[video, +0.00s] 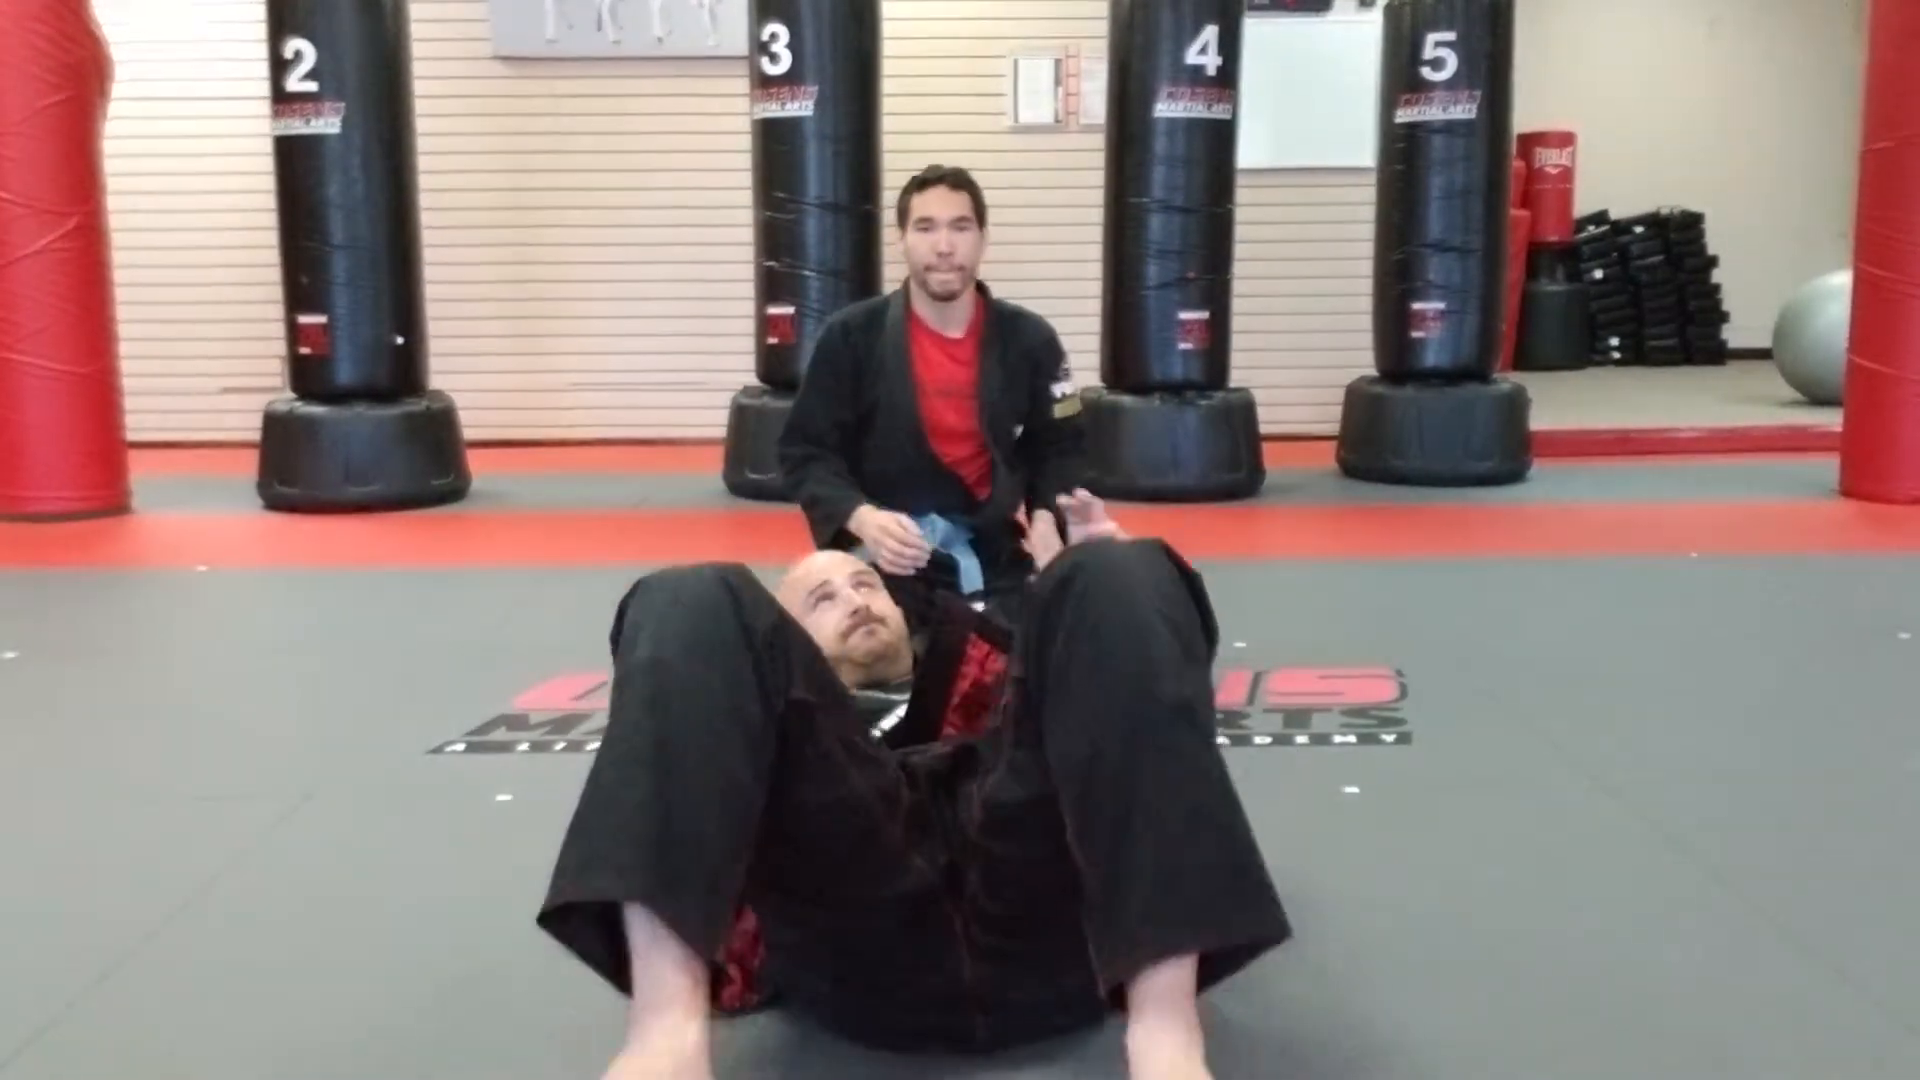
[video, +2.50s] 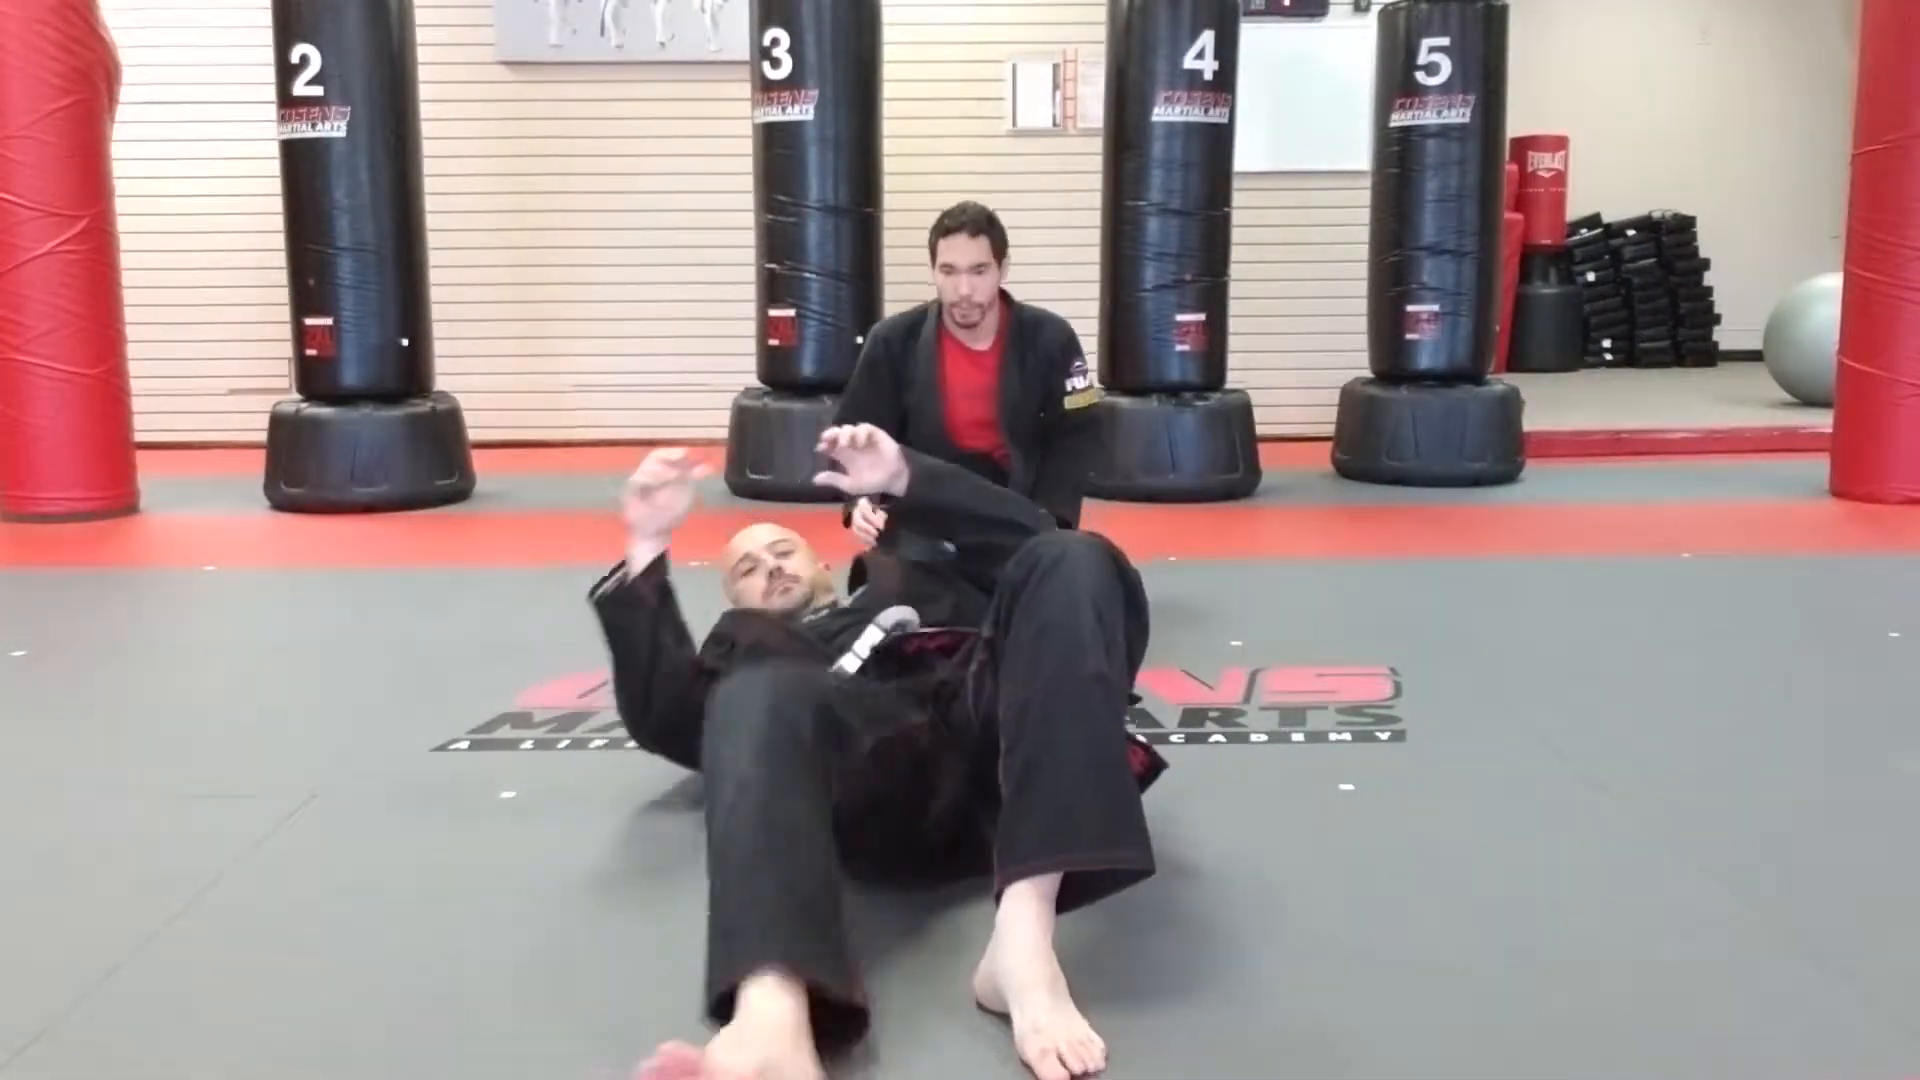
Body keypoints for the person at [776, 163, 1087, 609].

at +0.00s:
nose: (943, 246)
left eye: (960, 228)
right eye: (925, 228)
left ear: (983, 240)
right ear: (901, 241)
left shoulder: (1028, 341)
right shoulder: (852, 338)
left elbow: (1055, 443)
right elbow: (804, 452)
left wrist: (1048, 518)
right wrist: (860, 518)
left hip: (994, 543)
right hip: (888, 544)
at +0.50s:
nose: (928, 250)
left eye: (945, 232)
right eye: (911, 232)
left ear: (969, 245)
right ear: (890, 244)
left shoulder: (1016, 341)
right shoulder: (839, 338)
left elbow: (1061, 486)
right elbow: (796, 456)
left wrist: (1034, 457)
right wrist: (846, 474)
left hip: (978, 540)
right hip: (870, 539)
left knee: (1080, 623)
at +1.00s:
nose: (926, 370)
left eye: (947, 350)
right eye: (910, 345)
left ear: (973, 336)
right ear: (885, 322)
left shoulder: (1014, 396)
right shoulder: (825, 376)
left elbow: (1068, 545)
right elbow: (757, 517)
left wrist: (1083, 675)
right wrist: (745, 640)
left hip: (972, 584)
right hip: (853, 579)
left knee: (1042, 678)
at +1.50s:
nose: (854, 420)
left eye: (876, 403)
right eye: (840, 397)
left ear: (922, 380)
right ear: (828, 370)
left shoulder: (995, 387)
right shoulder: (804, 391)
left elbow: (1062, 530)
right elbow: (753, 513)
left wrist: (1089, 641)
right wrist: (742, 646)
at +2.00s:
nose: (933, 402)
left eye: (950, 384)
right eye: (917, 383)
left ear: (977, 364)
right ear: (898, 366)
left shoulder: (1030, 394)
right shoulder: (864, 408)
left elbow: (1074, 509)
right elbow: (820, 516)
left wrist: (1042, 594)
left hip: (1002, 576)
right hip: (895, 579)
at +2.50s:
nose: (963, 289)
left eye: (979, 271)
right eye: (949, 271)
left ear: (1002, 271)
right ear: (934, 273)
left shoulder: (1049, 339)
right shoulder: (892, 343)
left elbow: (1076, 445)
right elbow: (854, 442)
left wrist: (1048, 523)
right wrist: (861, 500)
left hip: (1015, 521)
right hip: (921, 519)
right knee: (894, 586)